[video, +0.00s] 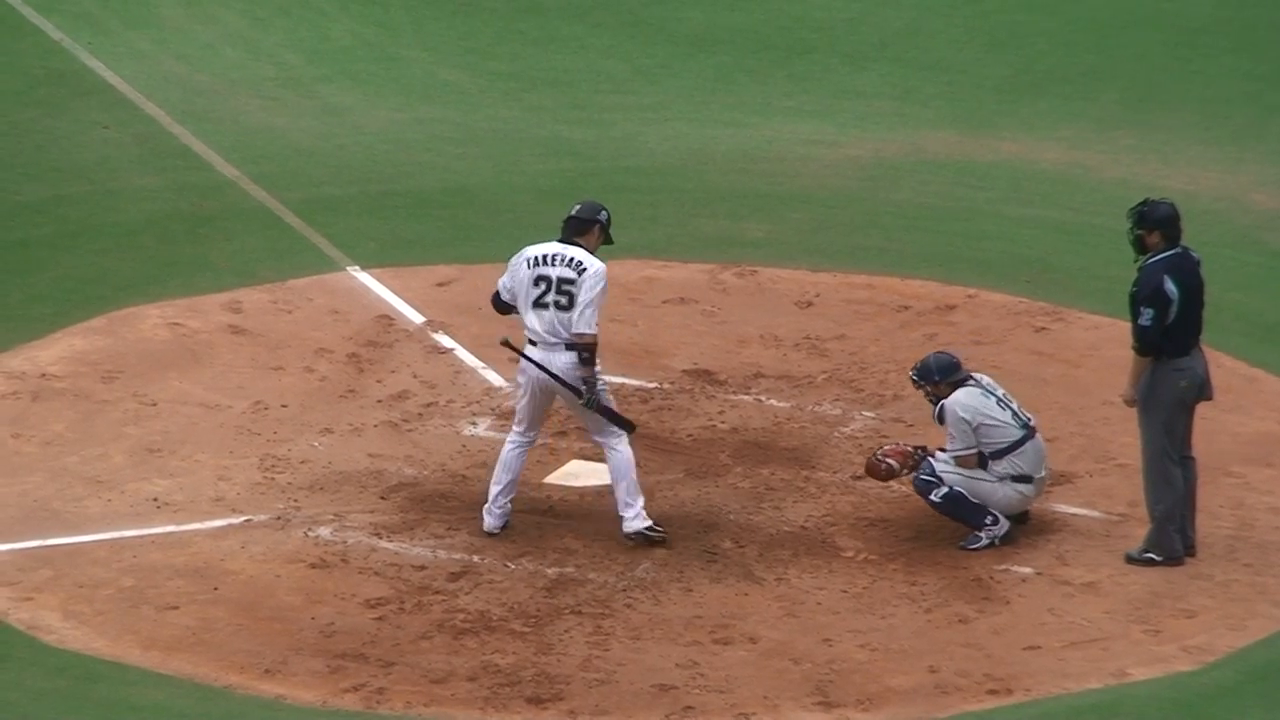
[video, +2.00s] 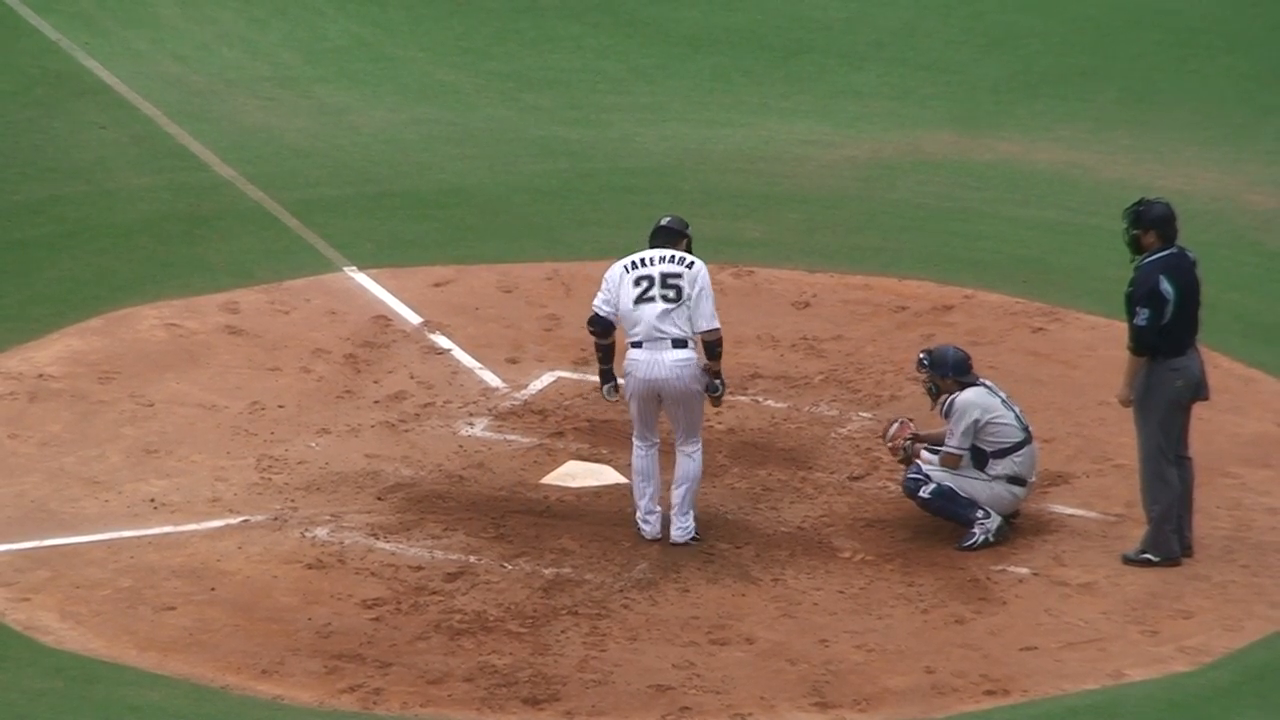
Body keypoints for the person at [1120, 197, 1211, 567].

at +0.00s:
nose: (1136, 235)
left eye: (1141, 230)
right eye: (1138, 228)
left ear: (1154, 236)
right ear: (1169, 232)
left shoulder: (1152, 276)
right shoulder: (1188, 260)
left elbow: (1145, 343)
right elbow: (1189, 321)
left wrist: (1132, 385)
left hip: (1166, 372)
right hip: (1191, 364)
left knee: (1160, 459)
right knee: (1179, 454)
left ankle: (1164, 544)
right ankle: (1181, 535)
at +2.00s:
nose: (1132, 235)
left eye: (1137, 230)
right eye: (1134, 228)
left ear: (1150, 235)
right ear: (1165, 232)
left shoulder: (1148, 275)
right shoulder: (1184, 260)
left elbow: (1141, 342)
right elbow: (1186, 321)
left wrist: (1127, 385)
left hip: (1162, 372)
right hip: (1187, 364)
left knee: (1157, 459)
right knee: (1176, 455)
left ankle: (1161, 544)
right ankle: (1178, 536)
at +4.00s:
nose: (1109, 246)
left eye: (1114, 241)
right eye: (1111, 240)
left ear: (1128, 244)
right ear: (1142, 242)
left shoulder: (1124, 284)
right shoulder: (1161, 270)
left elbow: (1119, 350)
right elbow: (1163, 329)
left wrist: (1108, 392)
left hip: (1140, 382)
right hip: (1166, 374)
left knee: (1113, 463)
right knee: (1160, 457)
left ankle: (1101, 557)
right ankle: (1176, 537)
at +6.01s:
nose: (1090, 237)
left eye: (1094, 232)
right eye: (1092, 230)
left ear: (1107, 238)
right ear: (1122, 235)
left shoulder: (1106, 277)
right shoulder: (1140, 262)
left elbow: (1102, 344)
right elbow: (1142, 321)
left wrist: (1088, 387)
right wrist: (1139, 359)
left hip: (1120, 373)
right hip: (1143, 364)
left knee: (1109, 458)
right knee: (1136, 444)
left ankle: (1102, 553)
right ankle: (1144, 511)